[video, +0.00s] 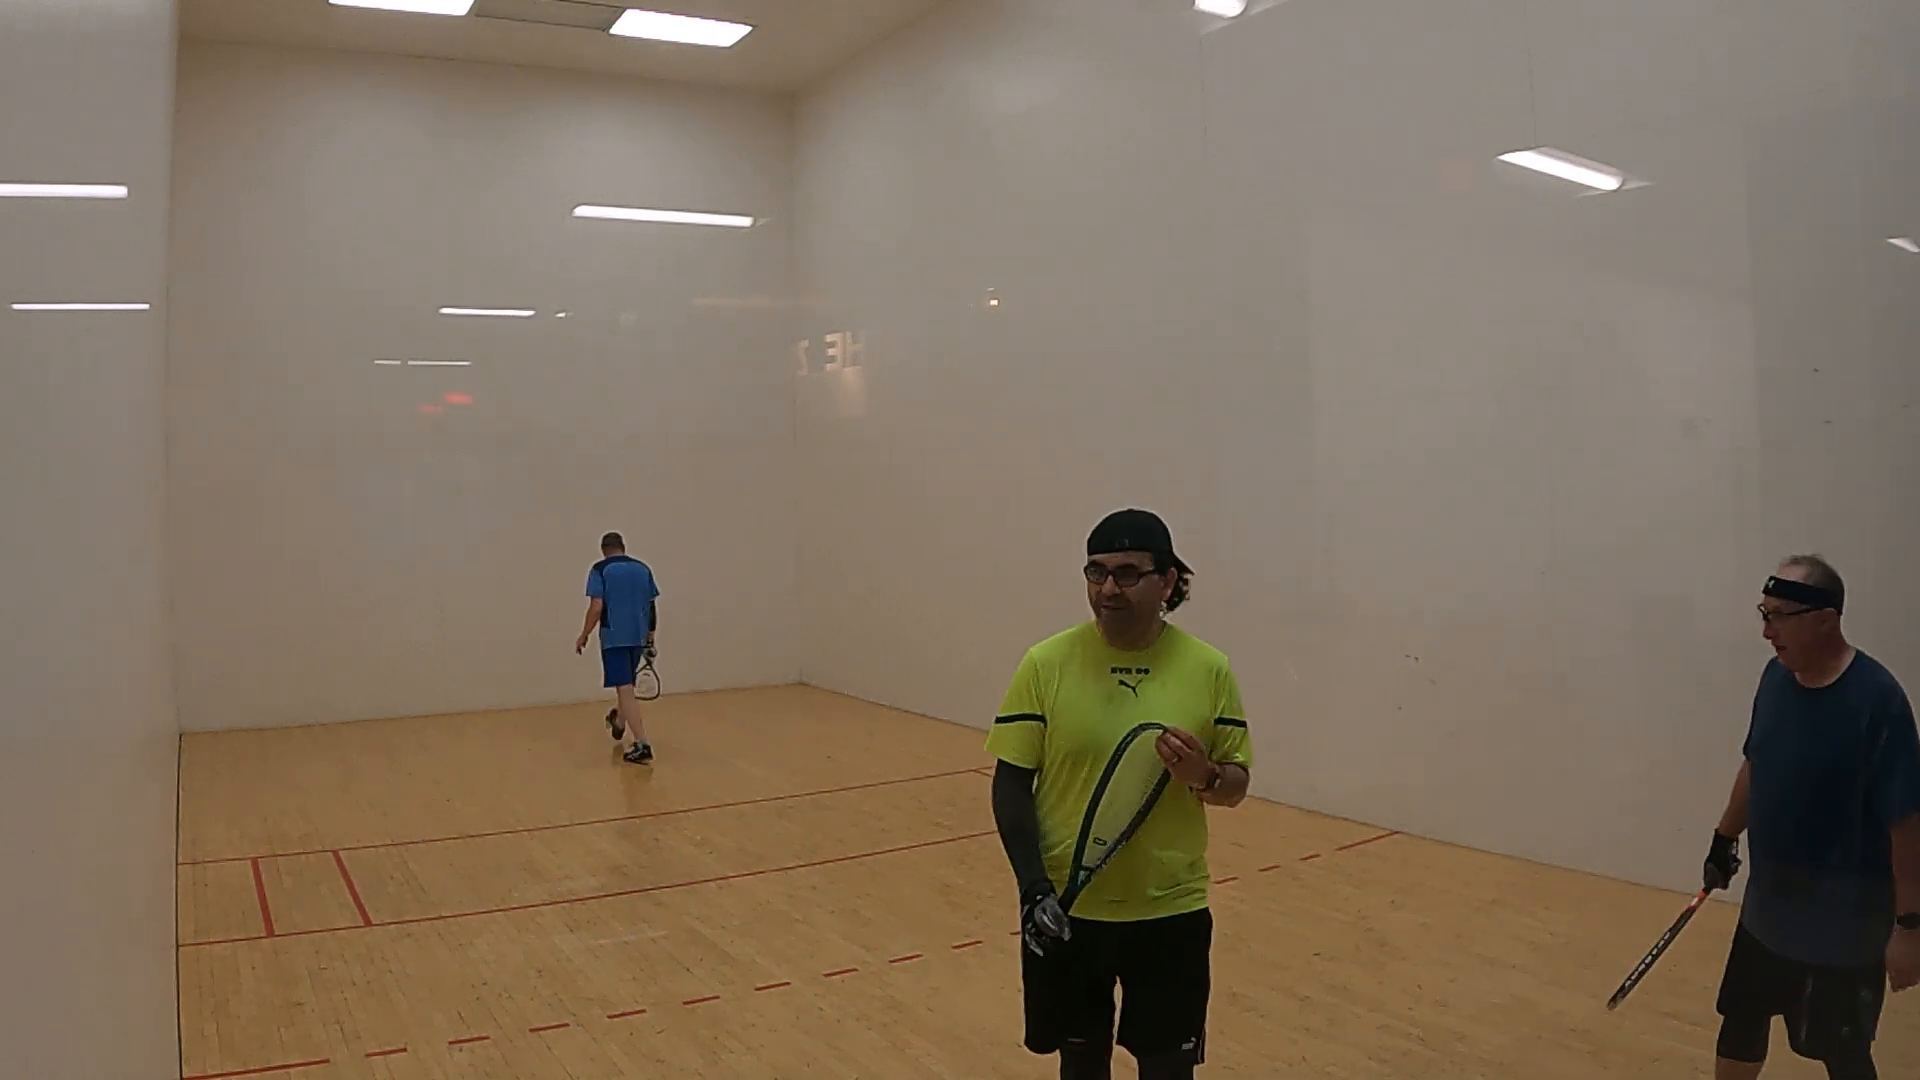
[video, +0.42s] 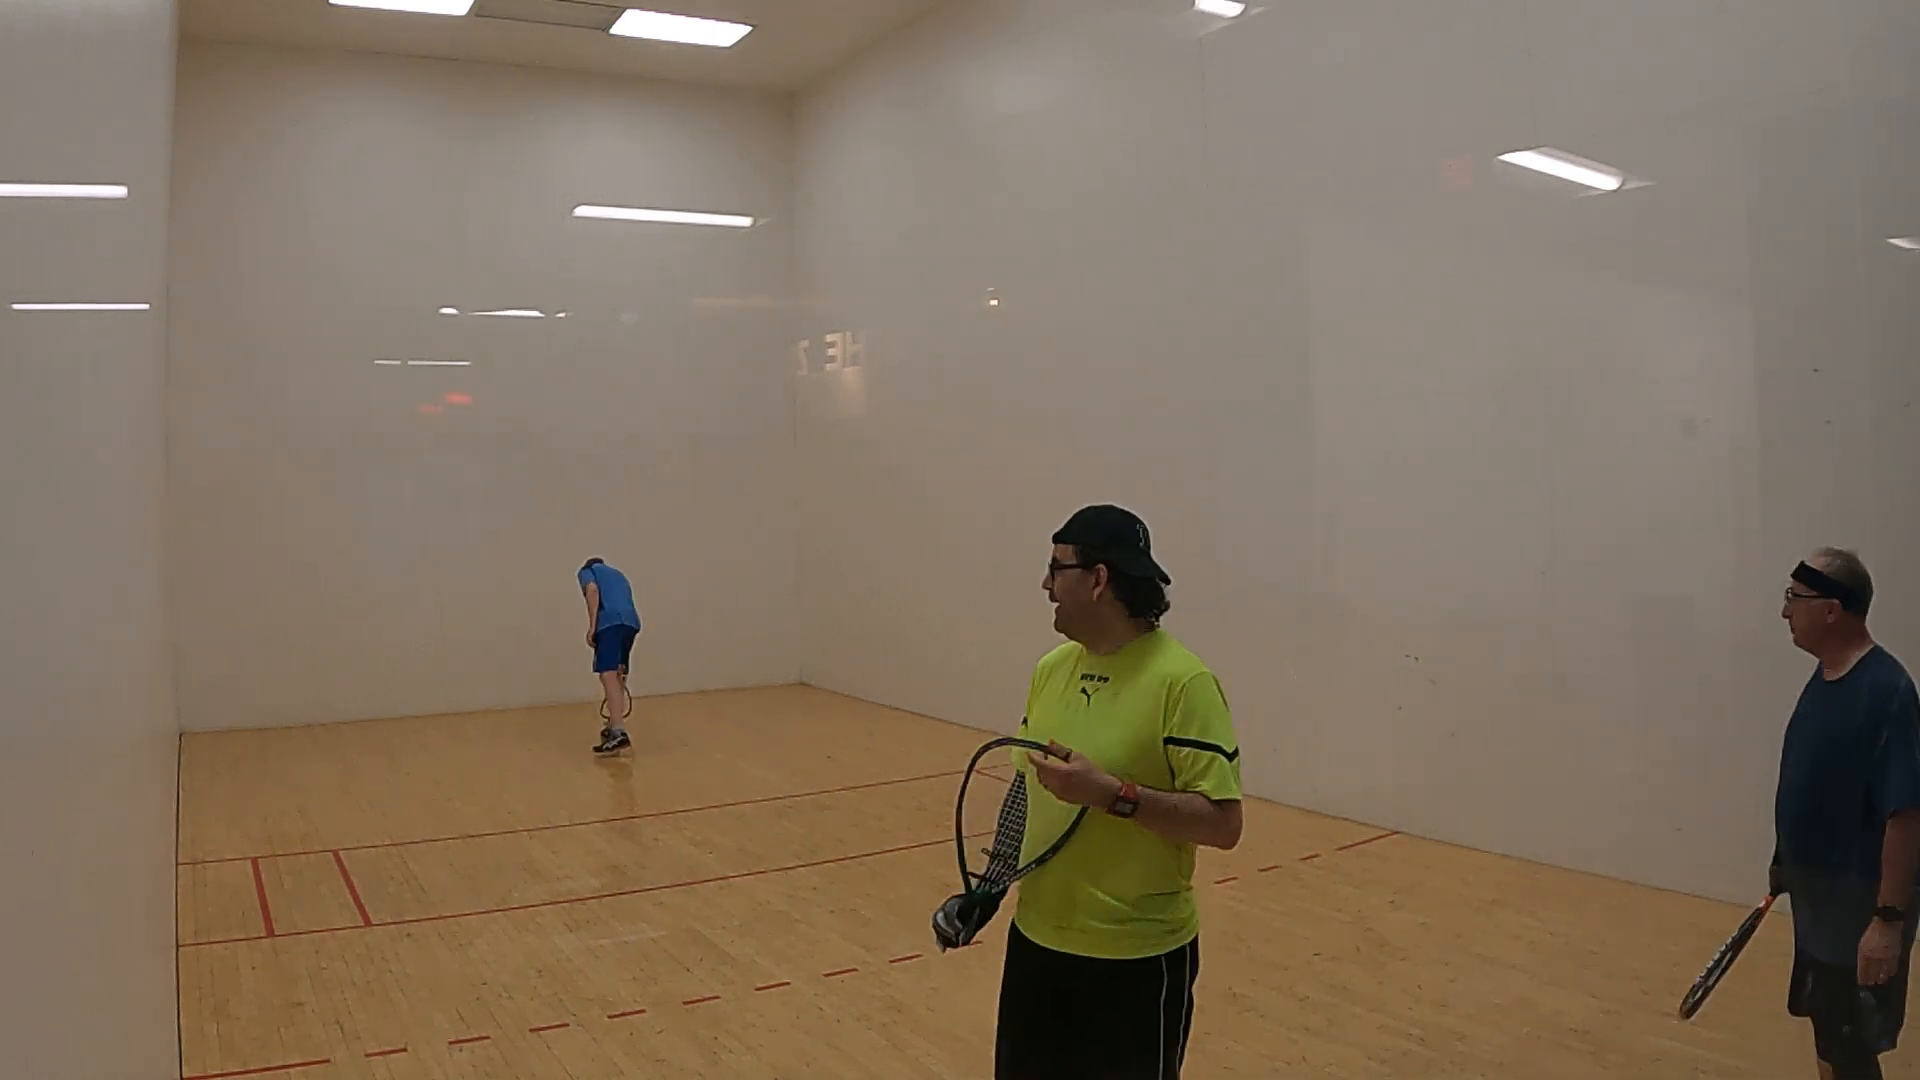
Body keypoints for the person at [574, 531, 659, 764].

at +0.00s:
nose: (607, 554)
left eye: (605, 550)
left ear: (603, 550)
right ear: (624, 548)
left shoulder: (600, 569)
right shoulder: (642, 568)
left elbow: (596, 606)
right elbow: (651, 606)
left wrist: (585, 634)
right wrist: (651, 636)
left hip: (614, 639)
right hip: (639, 637)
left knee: (625, 689)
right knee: (627, 683)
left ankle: (642, 744)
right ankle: (618, 719)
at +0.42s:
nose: (586, 573)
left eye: (585, 570)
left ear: (588, 566)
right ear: (603, 564)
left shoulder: (587, 570)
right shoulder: (618, 574)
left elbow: (592, 590)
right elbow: (625, 606)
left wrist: (592, 626)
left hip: (610, 621)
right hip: (631, 622)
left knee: (607, 674)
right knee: (619, 674)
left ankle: (617, 730)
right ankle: (615, 723)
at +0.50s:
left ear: (585, 568)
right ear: (599, 566)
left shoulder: (585, 571)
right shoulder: (615, 575)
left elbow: (591, 589)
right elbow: (622, 605)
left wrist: (591, 624)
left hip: (610, 619)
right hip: (630, 620)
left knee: (609, 673)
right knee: (619, 672)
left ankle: (612, 731)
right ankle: (616, 719)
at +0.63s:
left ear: (582, 569)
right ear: (596, 568)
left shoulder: (583, 572)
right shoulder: (612, 577)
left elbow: (590, 590)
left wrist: (591, 625)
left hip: (609, 619)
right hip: (629, 620)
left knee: (607, 672)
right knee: (616, 673)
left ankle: (609, 730)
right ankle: (613, 724)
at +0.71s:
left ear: (581, 569)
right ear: (595, 568)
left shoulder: (582, 572)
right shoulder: (611, 577)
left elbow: (588, 590)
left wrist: (590, 624)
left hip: (609, 618)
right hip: (628, 620)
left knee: (606, 672)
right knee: (615, 673)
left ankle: (609, 729)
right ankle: (613, 724)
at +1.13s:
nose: (580, 563)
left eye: (579, 560)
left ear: (580, 558)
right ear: (598, 556)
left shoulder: (580, 569)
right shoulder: (614, 569)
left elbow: (585, 596)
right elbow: (621, 599)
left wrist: (584, 632)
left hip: (601, 628)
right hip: (624, 626)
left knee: (592, 680)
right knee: (613, 676)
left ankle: (602, 732)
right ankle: (612, 725)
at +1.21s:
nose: (579, 560)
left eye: (579, 557)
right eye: (582, 557)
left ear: (580, 555)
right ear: (599, 552)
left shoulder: (580, 569)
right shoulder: (615, 568)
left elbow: (584, 600)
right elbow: (621, 599)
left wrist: (581, 636)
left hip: (599, 632)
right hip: (622, 630)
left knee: (588, 683)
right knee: (613, 677)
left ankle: (601, 733)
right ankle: (612, 725)